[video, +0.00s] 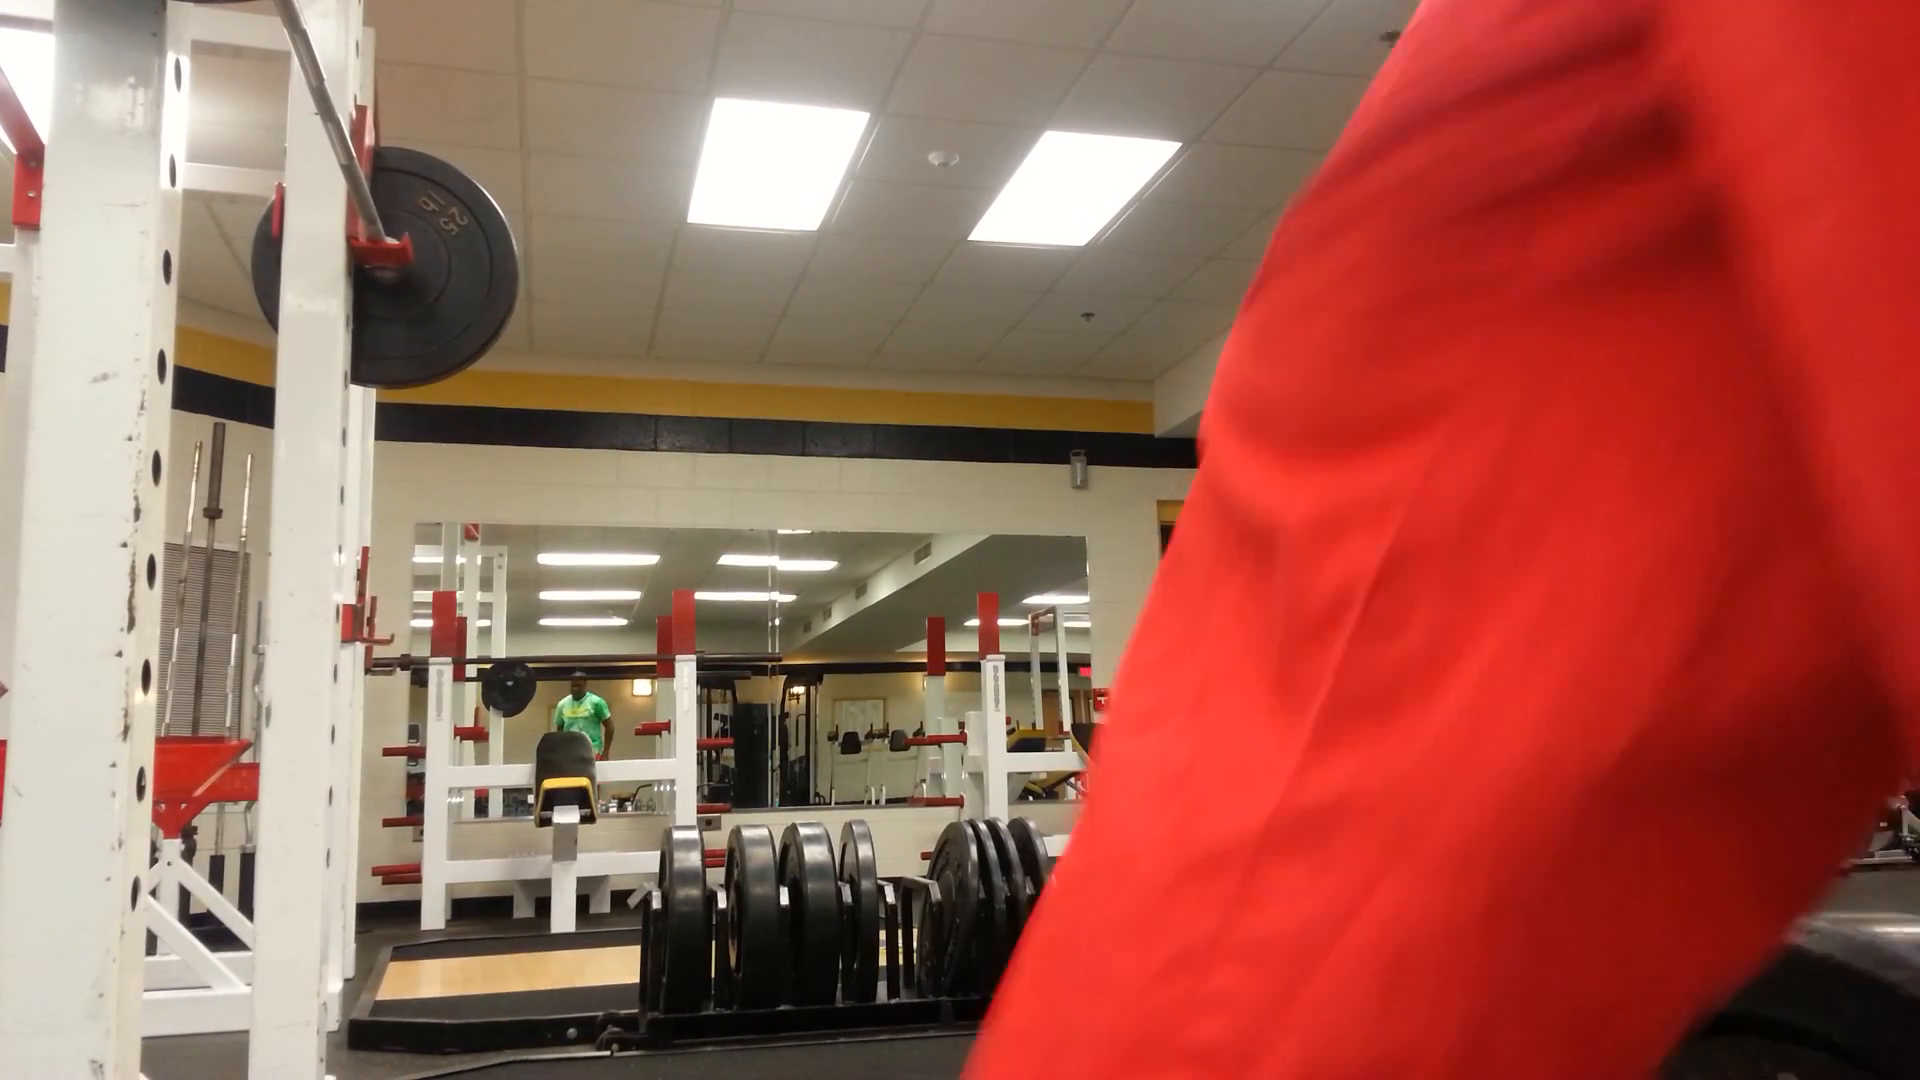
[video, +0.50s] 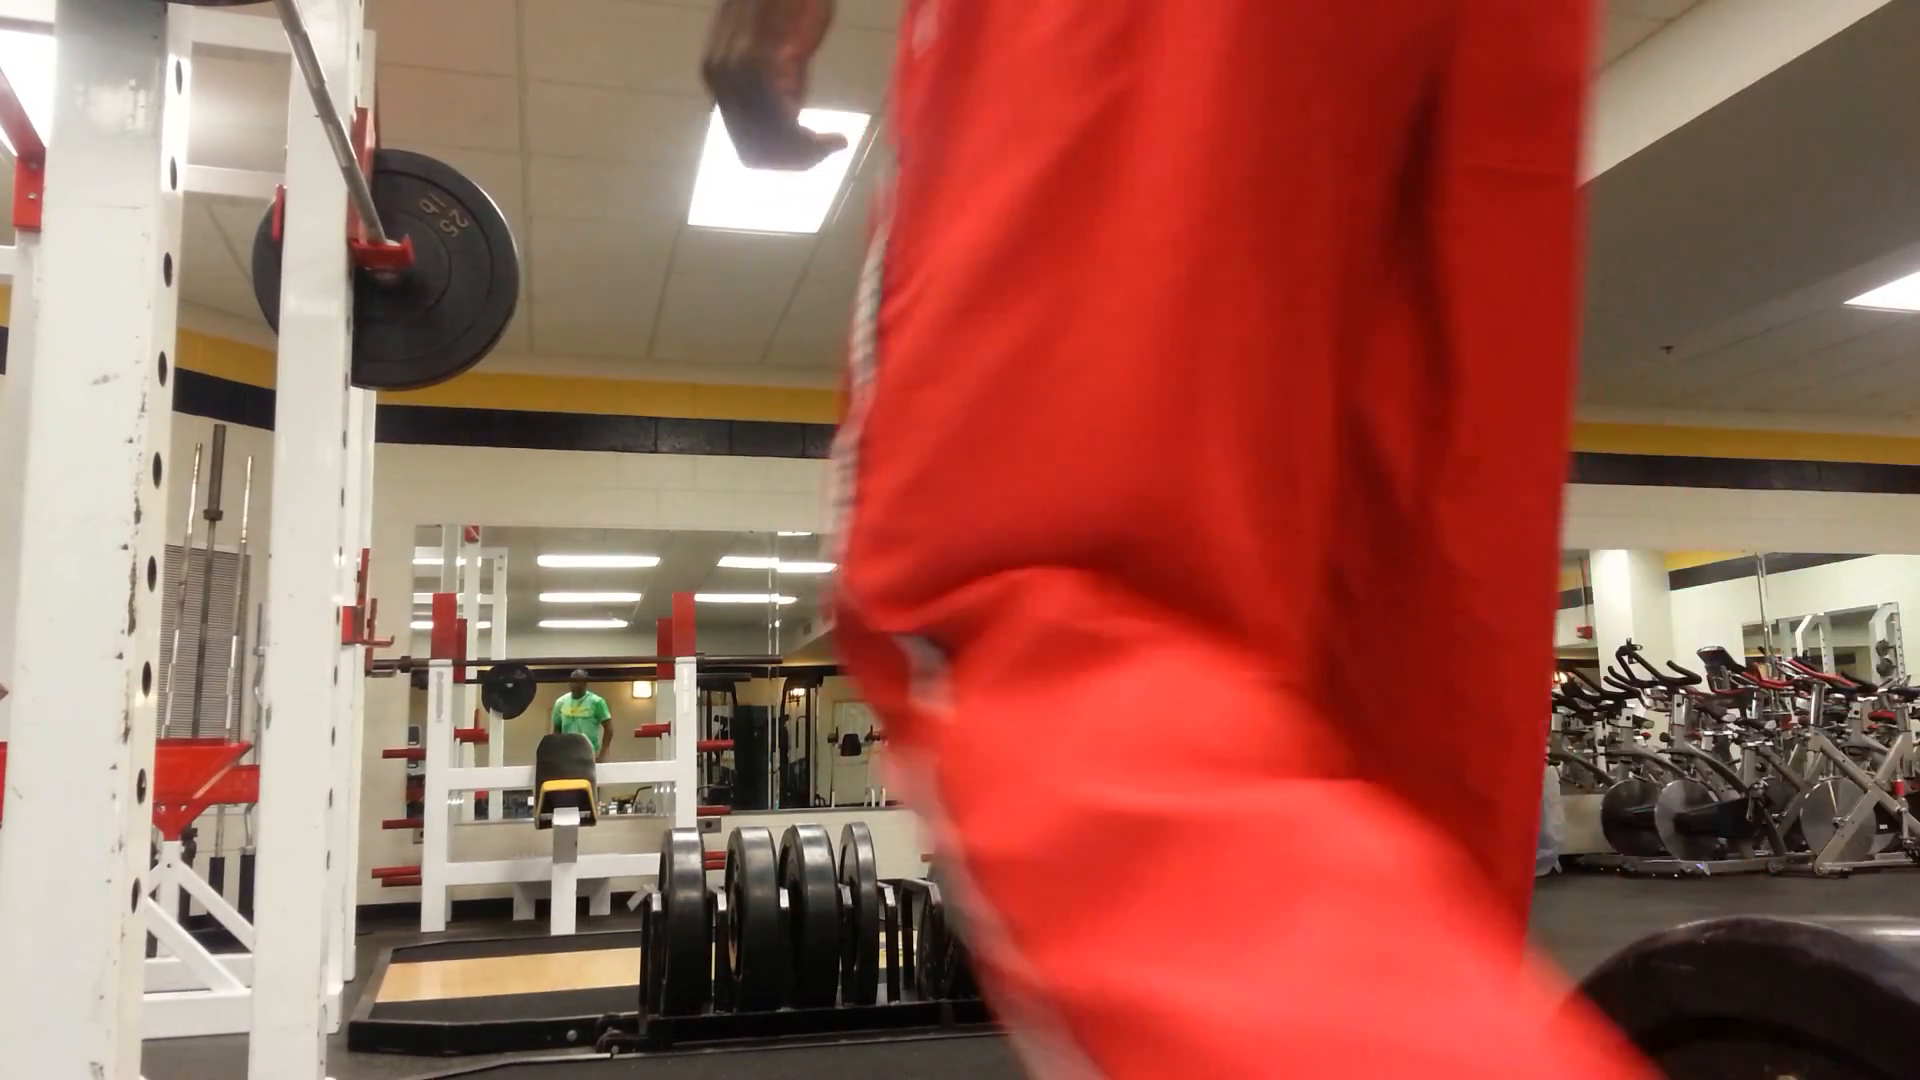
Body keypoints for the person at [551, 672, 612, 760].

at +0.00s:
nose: (574, 689)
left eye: (578, 685)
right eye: (572, 685)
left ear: (585, 685)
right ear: (570, 686)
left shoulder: (597, 702)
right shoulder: (562, 704)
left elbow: (609, 727)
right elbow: (559, 731)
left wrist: (605, 754)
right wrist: (560, 752)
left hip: (592, 753)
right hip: (570, 753)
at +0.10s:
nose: (574, 689)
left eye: (578, 686)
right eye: (573, 685)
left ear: (586, 686)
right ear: (570, 686)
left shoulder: (596, 704)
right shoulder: (562, 705)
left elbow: (608, 729)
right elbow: (560, 731)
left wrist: (605, 756)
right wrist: (559, 753)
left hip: (590, 753)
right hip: (568, 753)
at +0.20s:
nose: (576, 689)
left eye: (580, 685)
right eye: (574, 685)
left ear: (587, 686)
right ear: (571, 686)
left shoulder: (596, 705)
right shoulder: (562, 704)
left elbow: (608, 731)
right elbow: (560, 731)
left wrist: (603, 757)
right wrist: (558, 753)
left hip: (588, 753)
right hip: (566, 753)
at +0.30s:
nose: (577, 689)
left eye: (581, 685)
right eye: (575, 685)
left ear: (587, 686)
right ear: (572, 686)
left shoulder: (596, 707)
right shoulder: (561, 705)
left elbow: (607, 733)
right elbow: (557, 732)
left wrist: (602, 759)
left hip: (588, 755)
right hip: (565, 754)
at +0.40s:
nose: (575, 687)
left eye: (579, 684)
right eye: (574, 684)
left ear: (587, 685)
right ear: (571, 685)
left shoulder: (597, 706)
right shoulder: (561, 705)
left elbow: (607, 732)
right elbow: (557, 732)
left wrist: (602, 758)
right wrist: (557, 754)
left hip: (589, 754)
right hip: (567, 754)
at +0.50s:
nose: (576, 686)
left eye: (579, 682)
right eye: (573, 682)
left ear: (585, 683)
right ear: (570, 683)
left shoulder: (597, 702)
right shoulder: (560, 703)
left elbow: (609, 729)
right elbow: (557, 731)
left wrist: (602, 755)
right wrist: (556, 753)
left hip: (590, 752)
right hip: (567, 752)